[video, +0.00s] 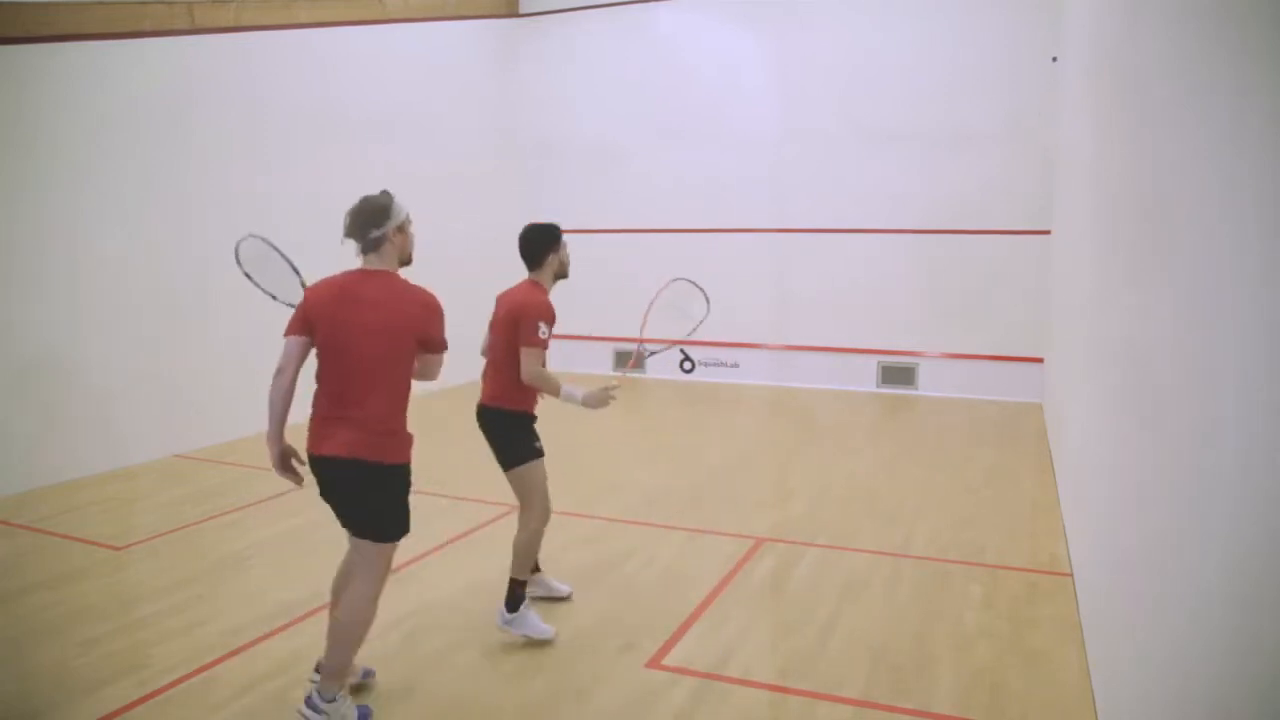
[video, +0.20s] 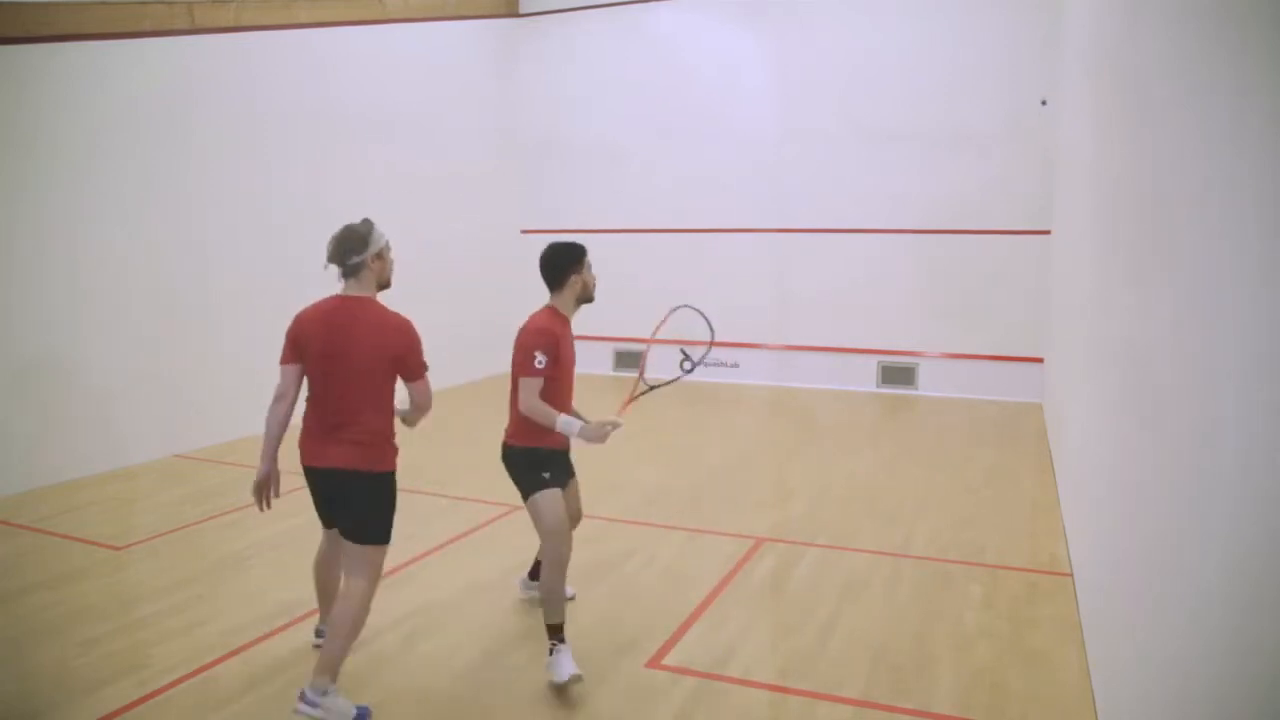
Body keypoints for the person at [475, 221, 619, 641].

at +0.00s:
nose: (568, 256)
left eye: (565, 249)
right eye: (564, 250)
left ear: (532, 258)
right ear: (553, 256)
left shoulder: (510, 297)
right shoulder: (535, 304)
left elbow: (488, 351)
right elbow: (531, 372)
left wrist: (528, 376)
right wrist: (579, 397)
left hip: (502, 411)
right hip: (508, 415)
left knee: (535, 503)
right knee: (536, 509)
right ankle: (512, 609)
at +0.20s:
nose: (594, 278)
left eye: (591, 270)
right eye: (589, 271)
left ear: (564, 279)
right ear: (573, 279)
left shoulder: (560, 327)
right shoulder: (540, 331)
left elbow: (555, 396)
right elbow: (528, 403)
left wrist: (585, 424)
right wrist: (579, 428)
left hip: (553, 445)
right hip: (528, 449)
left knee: (571, 515)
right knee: (556, 538)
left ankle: (538, 579)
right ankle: (557, 647)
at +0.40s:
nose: (617, 273)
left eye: (616, 264)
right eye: (612, 264)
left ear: (586, 270)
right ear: (590, 270)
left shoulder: (588, 320)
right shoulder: (541, 327)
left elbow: (581, 383)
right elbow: (529, 405)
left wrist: (625, 406)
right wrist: (581, 437)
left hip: (589, 455)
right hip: (549, 463)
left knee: (616, 552)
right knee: (567, 566)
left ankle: (573, 603)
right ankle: (562, 661)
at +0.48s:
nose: (632, 274)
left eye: (631, 264)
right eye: (627, 264)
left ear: (599, 268)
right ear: (603, 267)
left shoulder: (602, 317)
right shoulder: (547, 326)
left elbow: (593, 383)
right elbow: (531, 405)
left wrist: (641, 405)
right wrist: (585, 436)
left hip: (602, 460)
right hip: (557, 469)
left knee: (633, 561)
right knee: (569, 571)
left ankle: (606, 656)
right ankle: (564, 664)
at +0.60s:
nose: (656, 295)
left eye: (658, 284)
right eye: (653, 283)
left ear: (626, 281)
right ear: (624, 279)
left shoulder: (627, 333)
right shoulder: (562, 332)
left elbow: (626, 389)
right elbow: (518, 402)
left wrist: (677, 416)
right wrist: (566, 423)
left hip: (621, 485)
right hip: (568, 489)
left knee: (650, 590)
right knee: (576, 594)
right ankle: (566, 662)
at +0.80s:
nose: (692, 344)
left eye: (694, 334)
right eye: (689, 332)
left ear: (660, 329)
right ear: (657, 328)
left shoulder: (662, 373)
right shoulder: (577, 361)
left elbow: (679, 401)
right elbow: (484, 388)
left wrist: (730, 422)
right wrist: (516, 361)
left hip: (647, 519)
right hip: (586, 524)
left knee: (698, 622)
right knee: (597, 645)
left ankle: (687, 716)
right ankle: (577, 714)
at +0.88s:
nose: (691, 351)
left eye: (693, 340)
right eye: (688, 339)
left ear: (659, 337)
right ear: (655, 336)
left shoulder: (664, 379)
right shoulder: (574, 371)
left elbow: (680, 399)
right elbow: (483, 408)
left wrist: (719, 416)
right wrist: (503, 365)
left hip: (646, 524)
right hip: (585, 531)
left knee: (702, 632)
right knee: (605, 661)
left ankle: (688, 716)